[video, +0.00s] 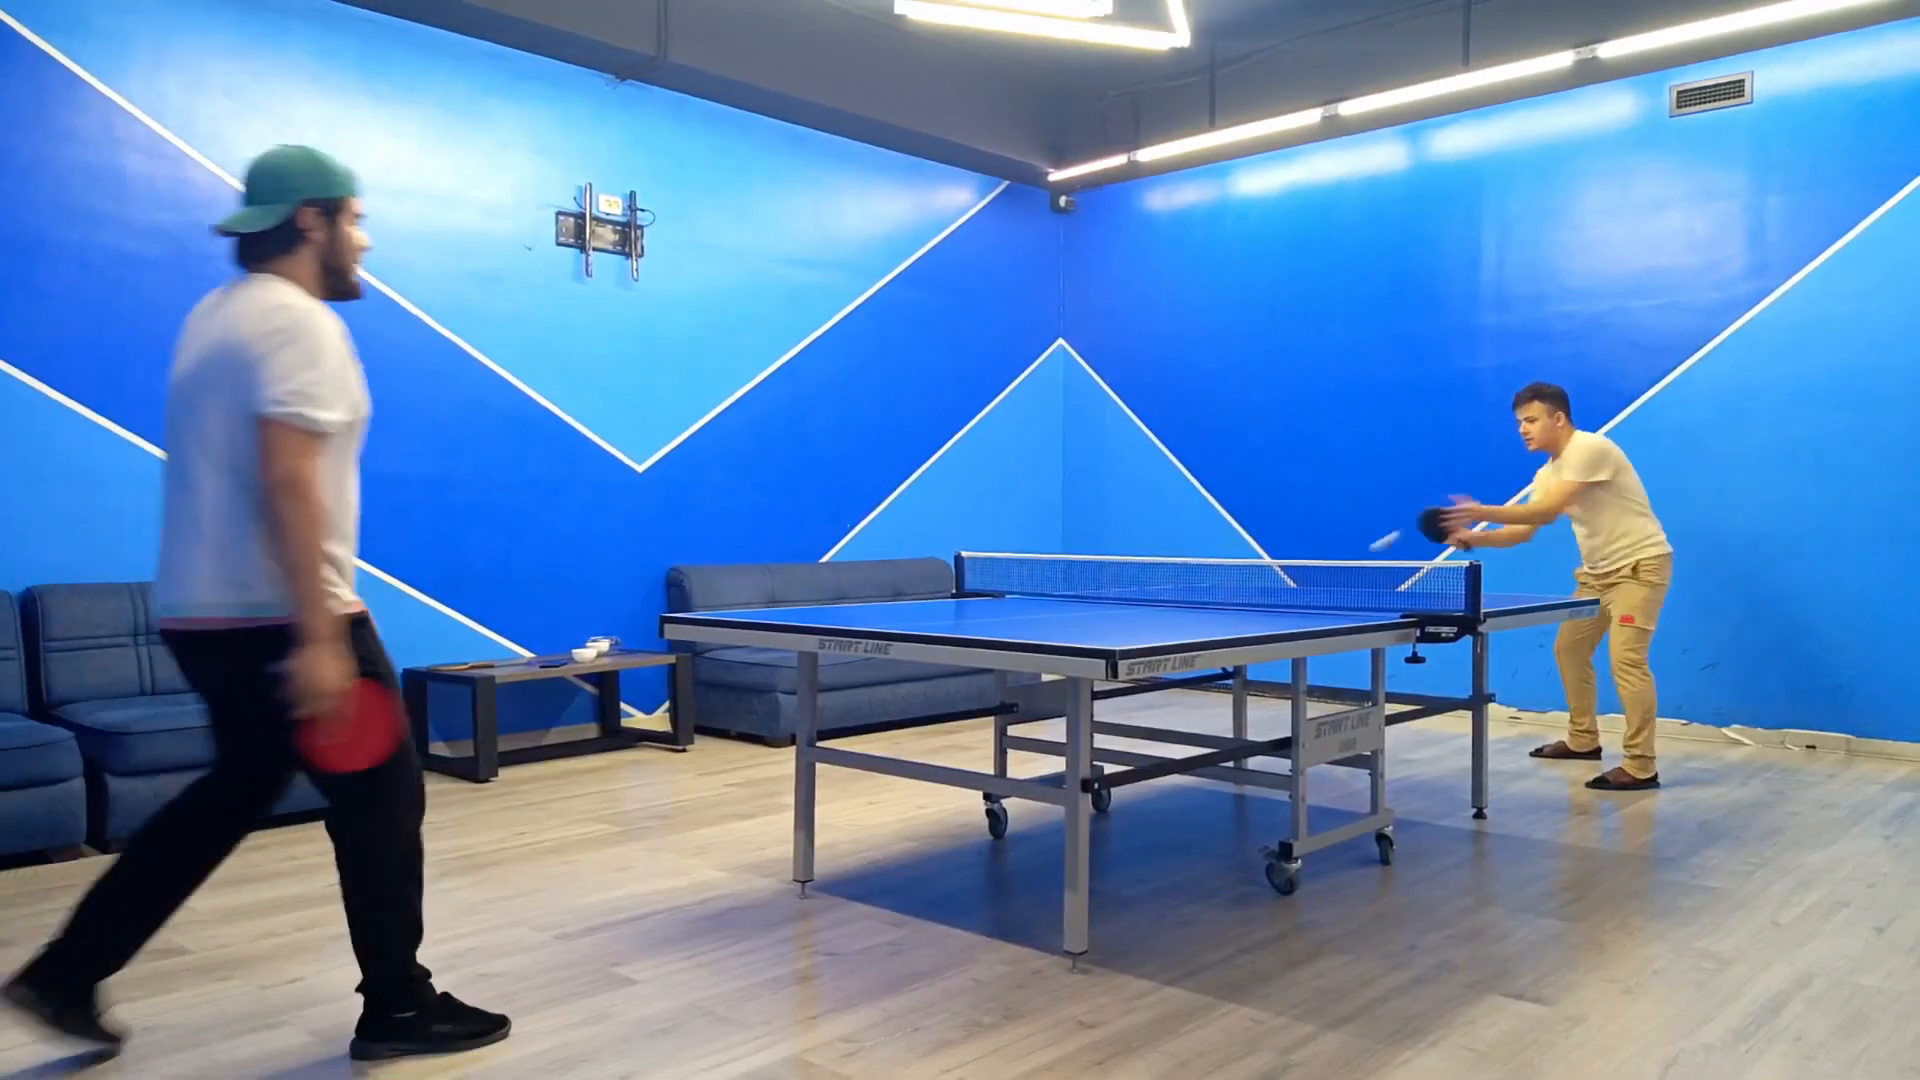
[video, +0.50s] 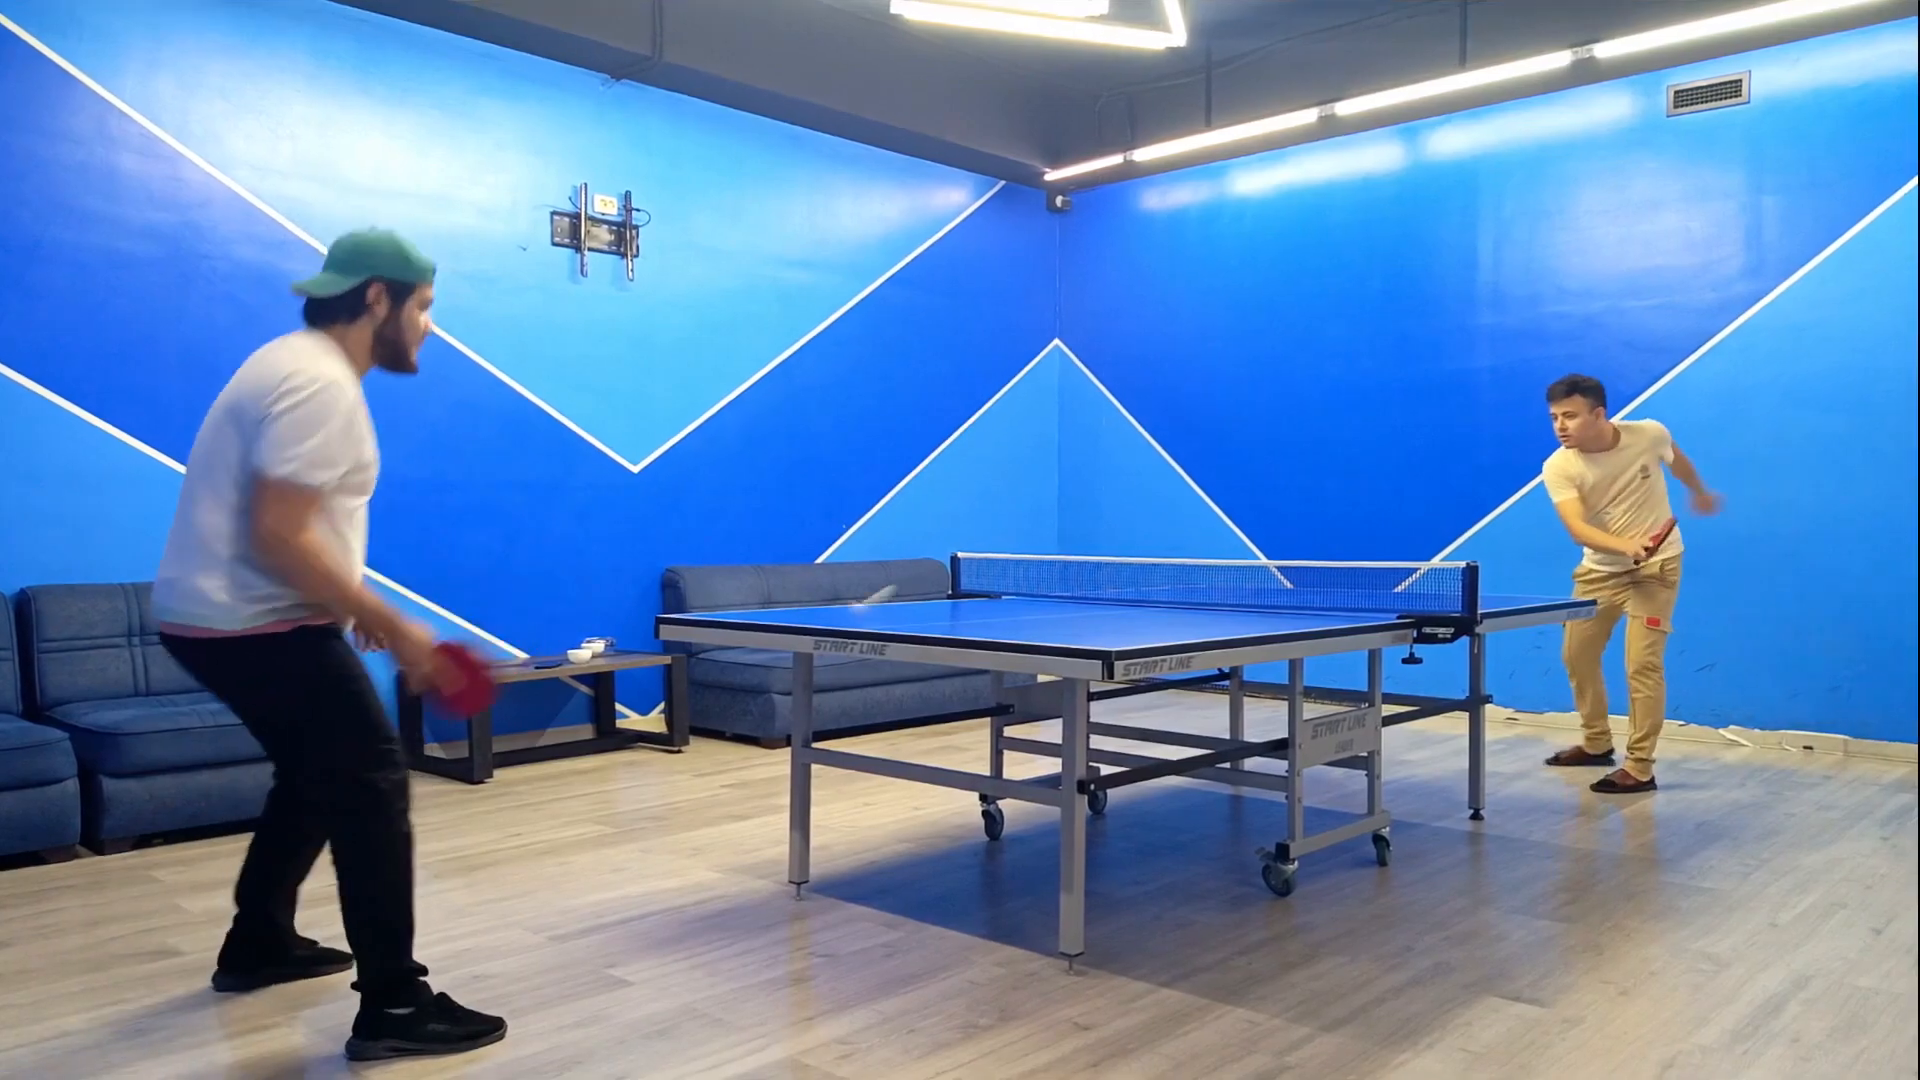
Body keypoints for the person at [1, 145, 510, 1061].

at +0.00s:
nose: (364, 238)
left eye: (360, 220)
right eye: (353, 221)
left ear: (286, 227)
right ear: (311, 225)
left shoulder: (215, 315)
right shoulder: (301, 325)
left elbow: (212, 480)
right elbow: (290, 480)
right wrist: (319, 631)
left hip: (211, 620)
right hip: (294, 621)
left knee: (247, 779)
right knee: (382, 785)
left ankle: (66, 970)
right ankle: (398, 1000)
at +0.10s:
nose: (403, 242)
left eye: (400, 224)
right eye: (394, 224)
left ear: (324, 227)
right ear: (353, 225)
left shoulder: (246, 309)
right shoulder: (346, 324)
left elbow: (243, 465)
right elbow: (349, 477)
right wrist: (413, 616)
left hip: (220, 604)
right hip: (305, 612)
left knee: (285, 757)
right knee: (389, 784)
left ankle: (157, 957)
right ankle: (397, 1000)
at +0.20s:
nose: (420, 250)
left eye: (419, 232)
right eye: (414, 232)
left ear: (329, 235)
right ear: (371, 231)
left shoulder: (259, 310)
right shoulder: (357, 326)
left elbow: (244, 457)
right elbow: (364, 474)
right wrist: (455, 598)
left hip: (225, 600)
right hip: (315, 608)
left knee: (286, 758)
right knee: (389, 786)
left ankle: (214, 956)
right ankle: (397, 997)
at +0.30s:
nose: (434, 268)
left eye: (434, 251)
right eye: (429, 251)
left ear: (343, 250)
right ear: (386, 247)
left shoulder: (276, 322)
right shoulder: (361, 335)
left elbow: (258, 468)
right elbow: (365, 479)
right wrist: (475, 576)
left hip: (229, 602)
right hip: (316, 610)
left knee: (281, 771)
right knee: (394, 792)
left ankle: (269, 943)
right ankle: (396, 996)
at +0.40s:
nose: (437, 293)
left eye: (437, 275)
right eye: (431, 274)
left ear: (364, 272)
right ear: (385, 270)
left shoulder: (286, 340)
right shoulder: (348, 354)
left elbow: (290, 500)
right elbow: (336, 505)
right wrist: (456, 590)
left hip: (228, 608)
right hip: (296, 612)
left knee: (298, 764)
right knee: (396, 773)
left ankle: (257, 943)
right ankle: (396, 995)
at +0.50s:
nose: (429, 325)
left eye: (430, 308)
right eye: (423, 307)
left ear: (364, 302)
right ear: (378, 301)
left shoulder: (293, 364)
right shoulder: (320, 384)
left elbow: (277, 521)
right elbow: (281, 535)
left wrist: (345, 603)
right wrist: (398, 631)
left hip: (223, 614)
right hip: (255, 621)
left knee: (316, 770)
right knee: (373, 777)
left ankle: (258, 942)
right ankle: (394, 999)